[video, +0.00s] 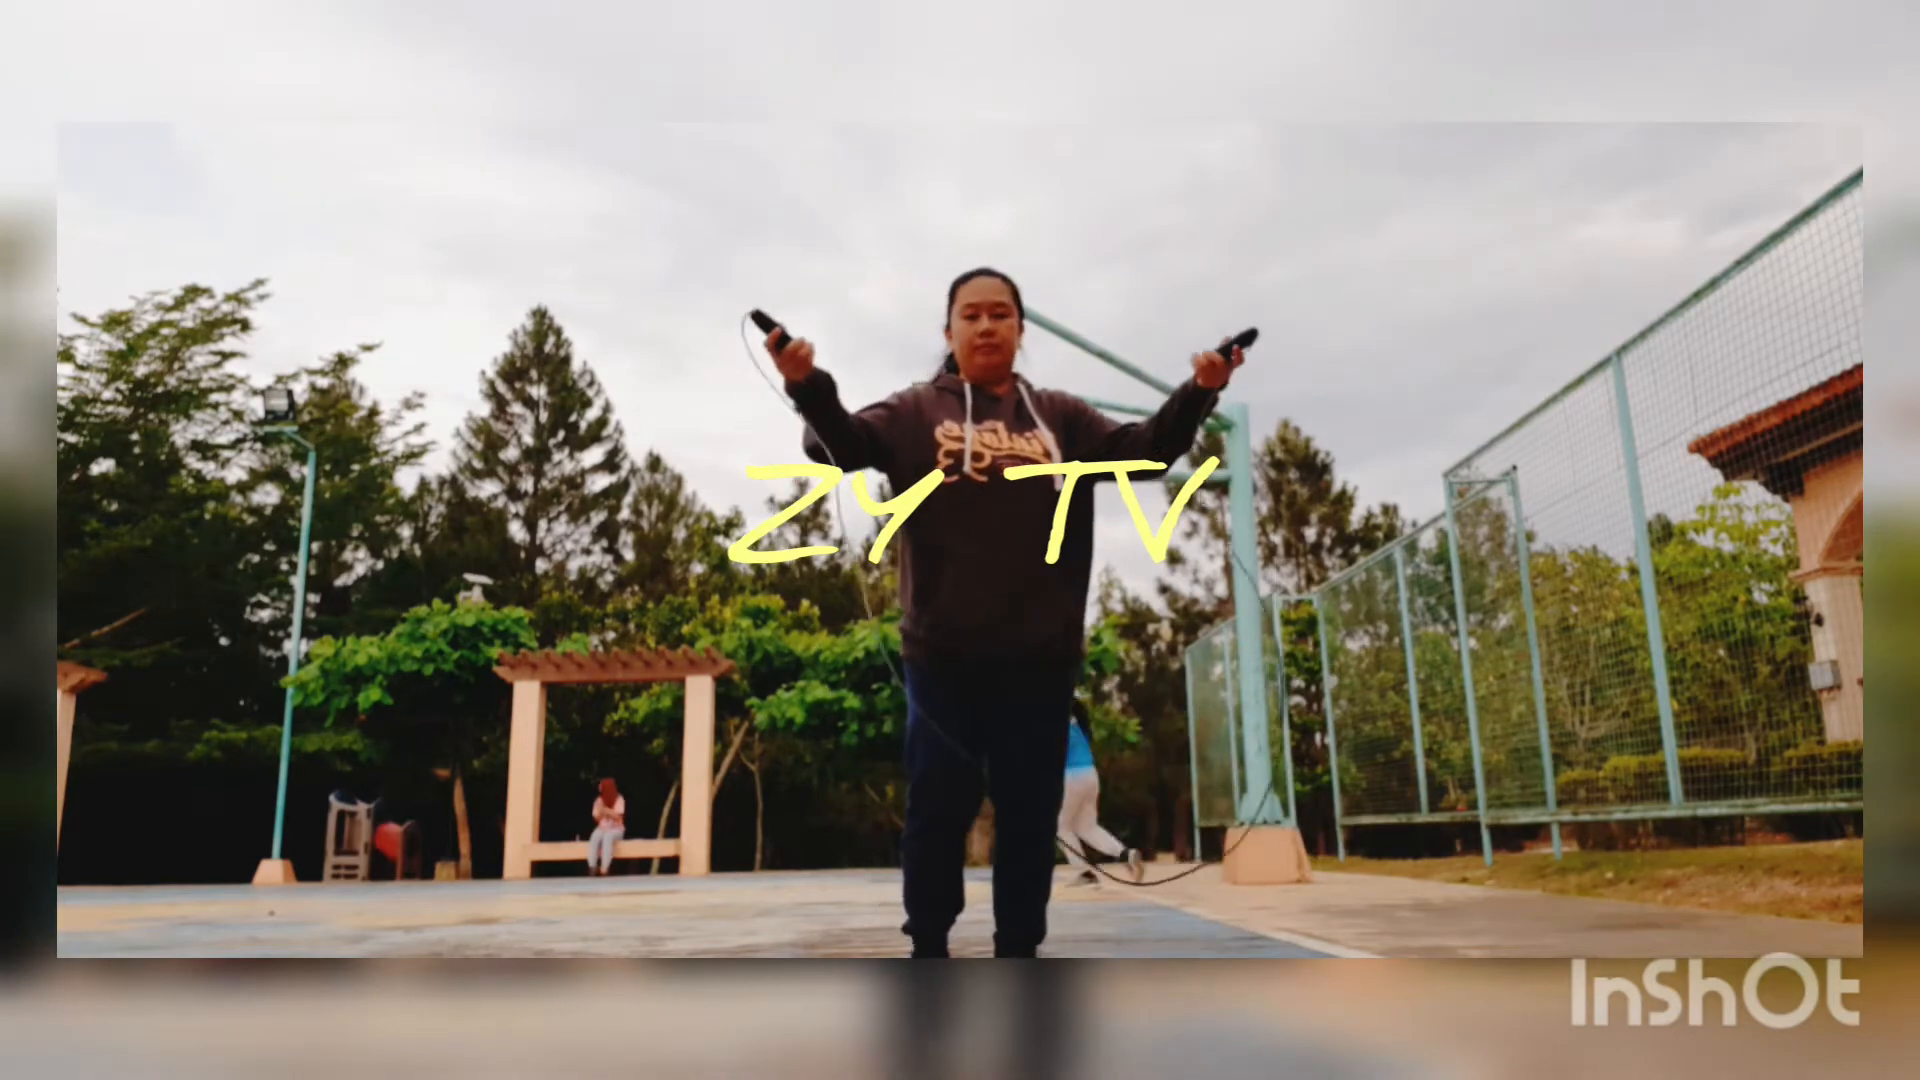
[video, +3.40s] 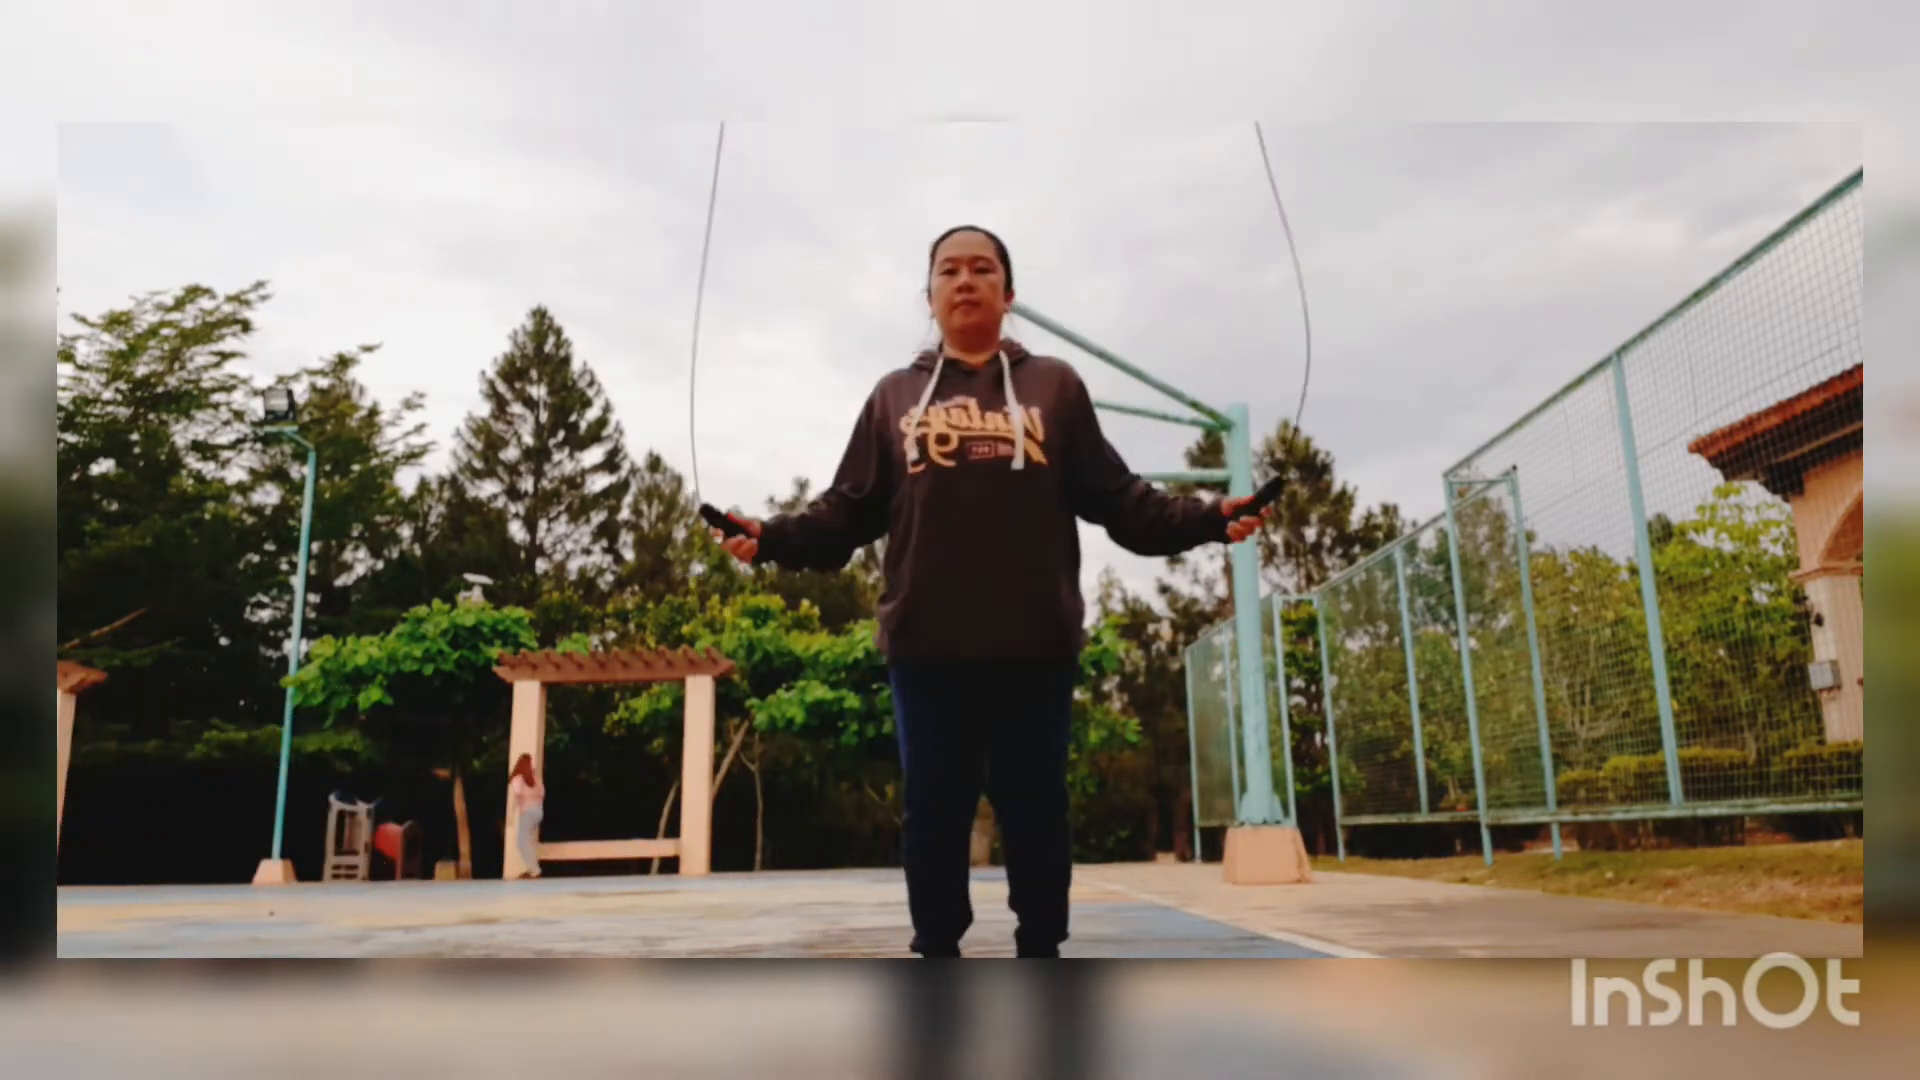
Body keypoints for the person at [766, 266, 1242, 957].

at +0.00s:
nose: (988, 326)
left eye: (1001, 314)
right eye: (972, 315)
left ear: (1022, 331)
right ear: (948, 333)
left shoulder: (1061, 416)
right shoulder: (915, 411)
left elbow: (1147, 448)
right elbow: (848, 446)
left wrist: (1200, 391)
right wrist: (807, 386)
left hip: (1039, 647)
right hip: (944, 647)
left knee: (1030, 812)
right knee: (939, 802)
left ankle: (1019, 952)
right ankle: (929, 949)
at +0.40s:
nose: (965, 332)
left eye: (978, 320)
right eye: (951, 320)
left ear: (1001, 336)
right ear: (930, 335)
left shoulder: (1041, 425)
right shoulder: (896, 426)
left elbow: (1103, 495)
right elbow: (837, 505)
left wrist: (1177, 496)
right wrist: (782, 507)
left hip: (1026, 646)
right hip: (929, 648)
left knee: (1030, 797)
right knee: (936, 799)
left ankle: (1018, 944)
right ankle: (940, 944)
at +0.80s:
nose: (950, 272)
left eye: (965, 260)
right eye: (936, 261)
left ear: (988, 280)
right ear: (915, 281)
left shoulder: (1026, 369)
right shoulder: (879, 374)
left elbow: (1071, 465)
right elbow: (835, 477)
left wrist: (1125, 538)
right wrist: (779, 553)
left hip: (1011, 589)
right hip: (917, 594)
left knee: (995, 730)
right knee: (929, 750)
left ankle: (980, 911)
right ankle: (952, 903)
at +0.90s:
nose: (955, 288)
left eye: (969, 276)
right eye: (940, 277)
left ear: (993, 296)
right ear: (919, 299)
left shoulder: (1033, 386)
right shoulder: (886, 392)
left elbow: (1093, 477)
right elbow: (826, 484)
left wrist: (1182, 483)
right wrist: (732, 517)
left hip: (1005, 618)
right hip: (904, 619)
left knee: (993, 791)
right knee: (895, 778)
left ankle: (999, 954)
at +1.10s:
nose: (953, 285)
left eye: (968, 275)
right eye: (938, 276)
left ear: (995, 301)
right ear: (918, 302)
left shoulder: (1038, 387)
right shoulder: (885, 393)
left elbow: (1128, 457)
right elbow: (819, 485)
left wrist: (1216, 403)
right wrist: (734, 431)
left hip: (1005, 622)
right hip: (904, 622)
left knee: (995, 791)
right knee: (895, 754)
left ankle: (998, 948)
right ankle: (935, 847)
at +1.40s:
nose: (942, 303)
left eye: (957, 292)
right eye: (927, 293)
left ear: (983, 316)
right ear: (906, 318)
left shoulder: (1029, 413)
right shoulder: (869, 417)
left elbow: (1099, 508)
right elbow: (820, 518)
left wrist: (1182, 507)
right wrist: (759, 536)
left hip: (1006, 653)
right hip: (902, 657)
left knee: (1002, 812)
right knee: (906, 810)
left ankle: (1005, 960)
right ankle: (900, 961)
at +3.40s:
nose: (967, 280)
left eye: (982, 269)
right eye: (952, 271)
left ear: (1008, 291)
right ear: (930, 293)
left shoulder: (1053, 386)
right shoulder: (895, 395)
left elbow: (1118, 502)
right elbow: (848, 514)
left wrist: (1209, 515)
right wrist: (770, 536)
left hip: (1033, 635)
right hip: (927, 637)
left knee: (1035, 803)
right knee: (933, 804)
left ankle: (1042, 952)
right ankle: (936, 953)